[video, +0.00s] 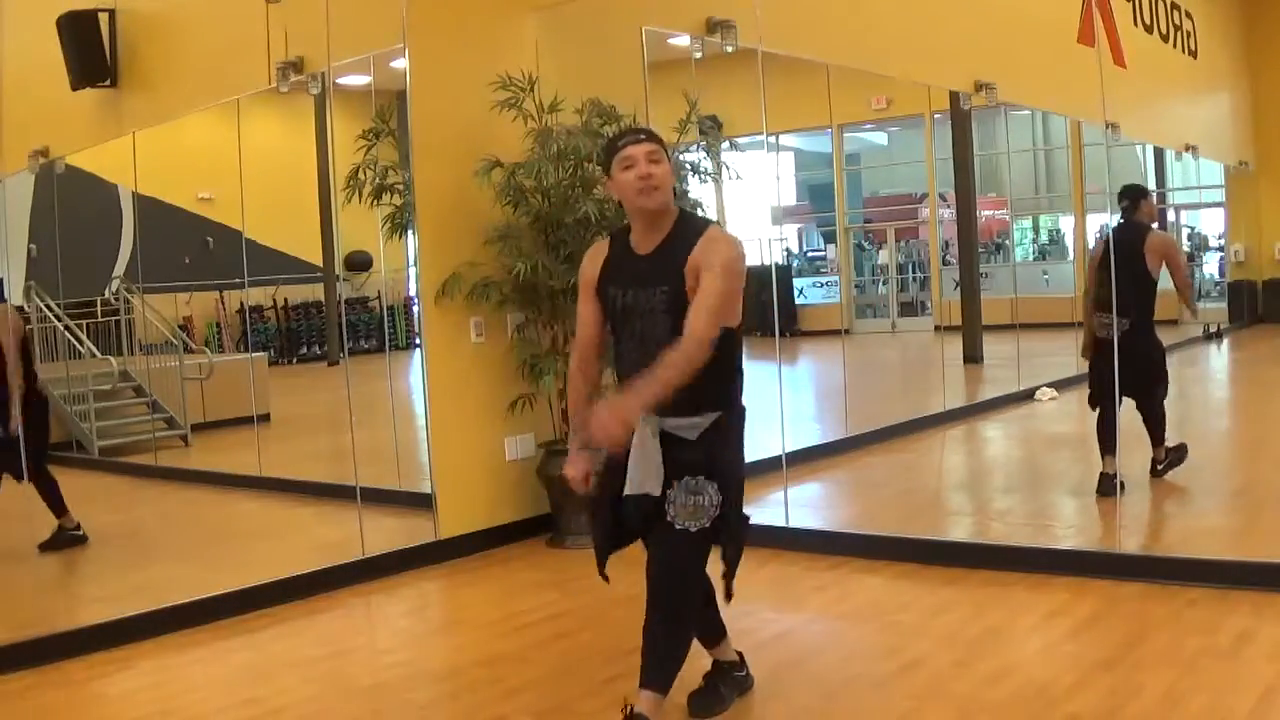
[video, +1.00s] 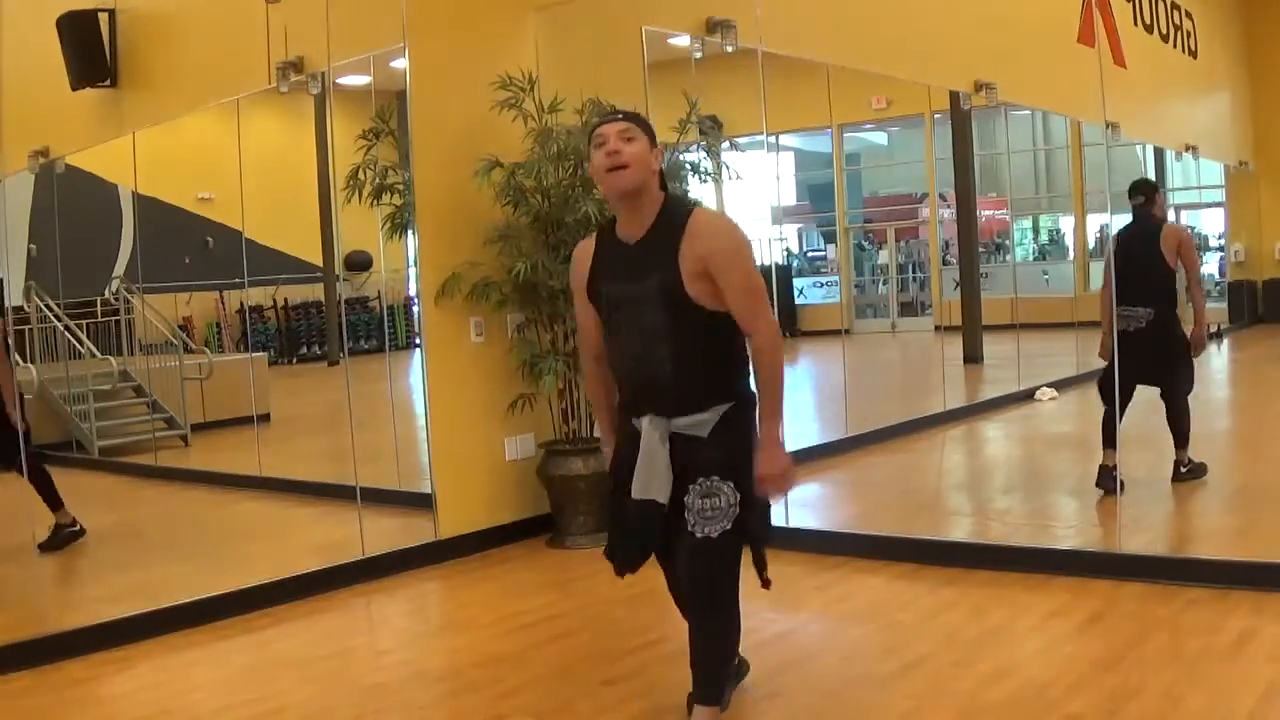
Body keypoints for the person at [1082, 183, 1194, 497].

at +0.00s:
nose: (1155, 207)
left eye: (1153, 201)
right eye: (1152, 202)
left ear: (1124, 208)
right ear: (1142, 206)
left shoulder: (1104, 242)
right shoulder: (1161, 241)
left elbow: (1091, 294)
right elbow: (1184, 287)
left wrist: (1088, 335)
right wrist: (1189, 304)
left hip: (1104, 337)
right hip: (1139, 336)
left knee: (1107, 405)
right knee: (1150, 397)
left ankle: (1108, 474)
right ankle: (1160, 456)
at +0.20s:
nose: (1142, 200)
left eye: (1140, 195)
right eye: (1139, 195)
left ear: (1113, 200)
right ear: (1130, 197)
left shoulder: (1092, 237)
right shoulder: (1149, 233)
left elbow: (1070, 283)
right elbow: (1170, 250)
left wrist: (1063, 328)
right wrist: (1156, 223)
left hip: (1099, 334)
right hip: (1134, 333)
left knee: (1103, 400)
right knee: (1138, 397)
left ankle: (1107, 474)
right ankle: (1137, 461)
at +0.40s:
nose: (1130, 200)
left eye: (1126, 195)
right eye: (1127, 196)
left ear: (1101, 203)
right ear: (1122, 199)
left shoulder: (1086, 239)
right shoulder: (1148, 235)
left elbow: (1072, 290)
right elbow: (1152, 282)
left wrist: (1071, 335)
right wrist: (1139, 308)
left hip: (1099, 334)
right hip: (1135, 333)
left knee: (1103, 400)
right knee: (1133, 397)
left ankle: (1107, 471)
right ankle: (1131, 459)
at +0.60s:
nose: (1123, 204)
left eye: (1117, 199)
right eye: (1123, 198)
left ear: (1097, 204)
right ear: (1123, 200)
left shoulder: (1085, 241)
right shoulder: (1149, 235)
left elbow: (1076, 289)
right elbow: (1168, 282)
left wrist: (1076, 332)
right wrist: (1172, 323)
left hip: (1100, 333)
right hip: (1139, 333)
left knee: (1102, 399)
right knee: (1145, 394)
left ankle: (1106, 471)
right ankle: (1143, 456)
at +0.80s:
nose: (1138, 204)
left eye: (1130, 200)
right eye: (1137, 200)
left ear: (1109, 205)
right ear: (1134, 202)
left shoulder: (1095, 240)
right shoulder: (1158, 234)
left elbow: (1084, 287)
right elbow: (1184, 270)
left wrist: (1083, 329)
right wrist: (1194, 308)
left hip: (1107, 334)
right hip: (1147, 334)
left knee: (1105, 401)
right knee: (1162, 395)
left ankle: (1107, 474)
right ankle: (1174, 459)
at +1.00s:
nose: (1166, 204)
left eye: (1163, 199)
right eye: (1163, 199)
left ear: (1134, 204)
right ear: (1156, 201)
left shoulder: (1117, 240)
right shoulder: (1176, 234)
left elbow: (1107, 290)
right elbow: (1194, 284)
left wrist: (1106, 335)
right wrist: (1199, 326)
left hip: (1125, 336)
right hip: (1163, 335)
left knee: (1114, 402)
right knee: (1176, 397)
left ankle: (1107, 468)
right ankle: (1182, 462)